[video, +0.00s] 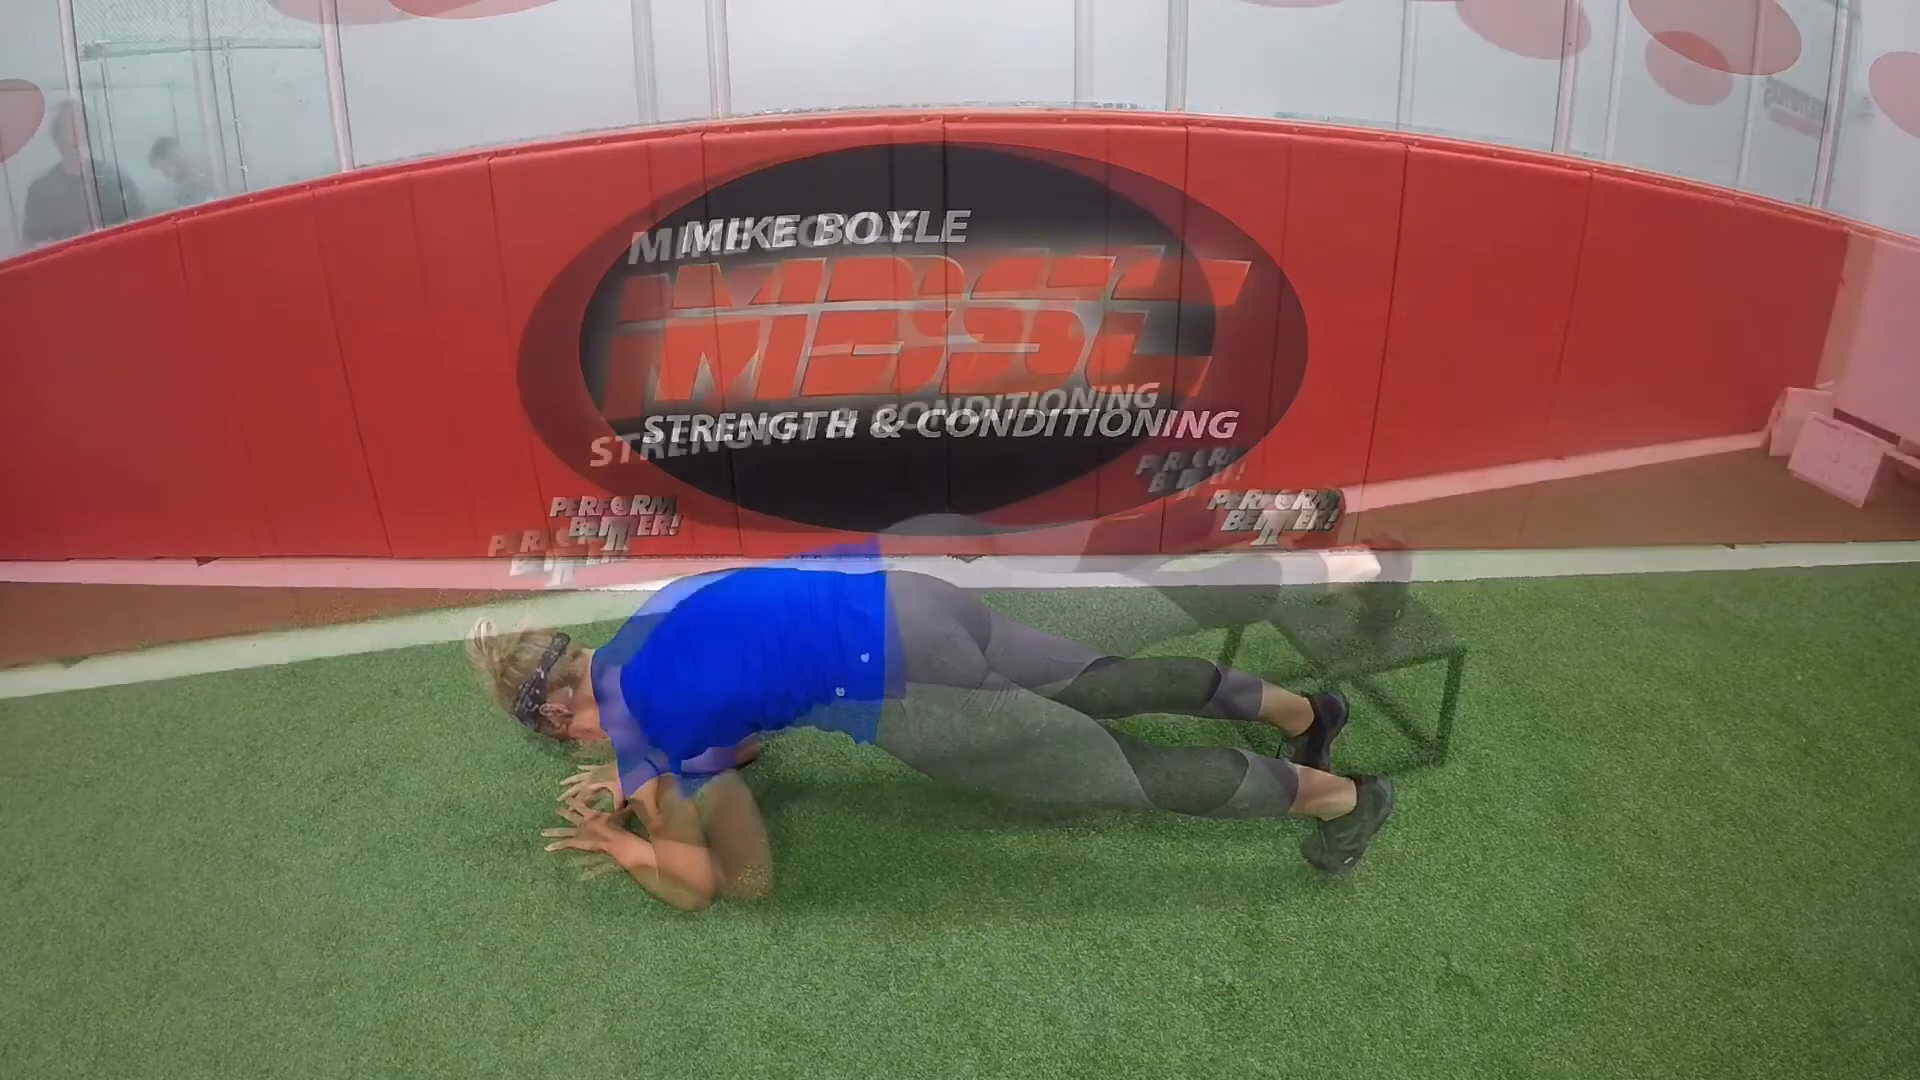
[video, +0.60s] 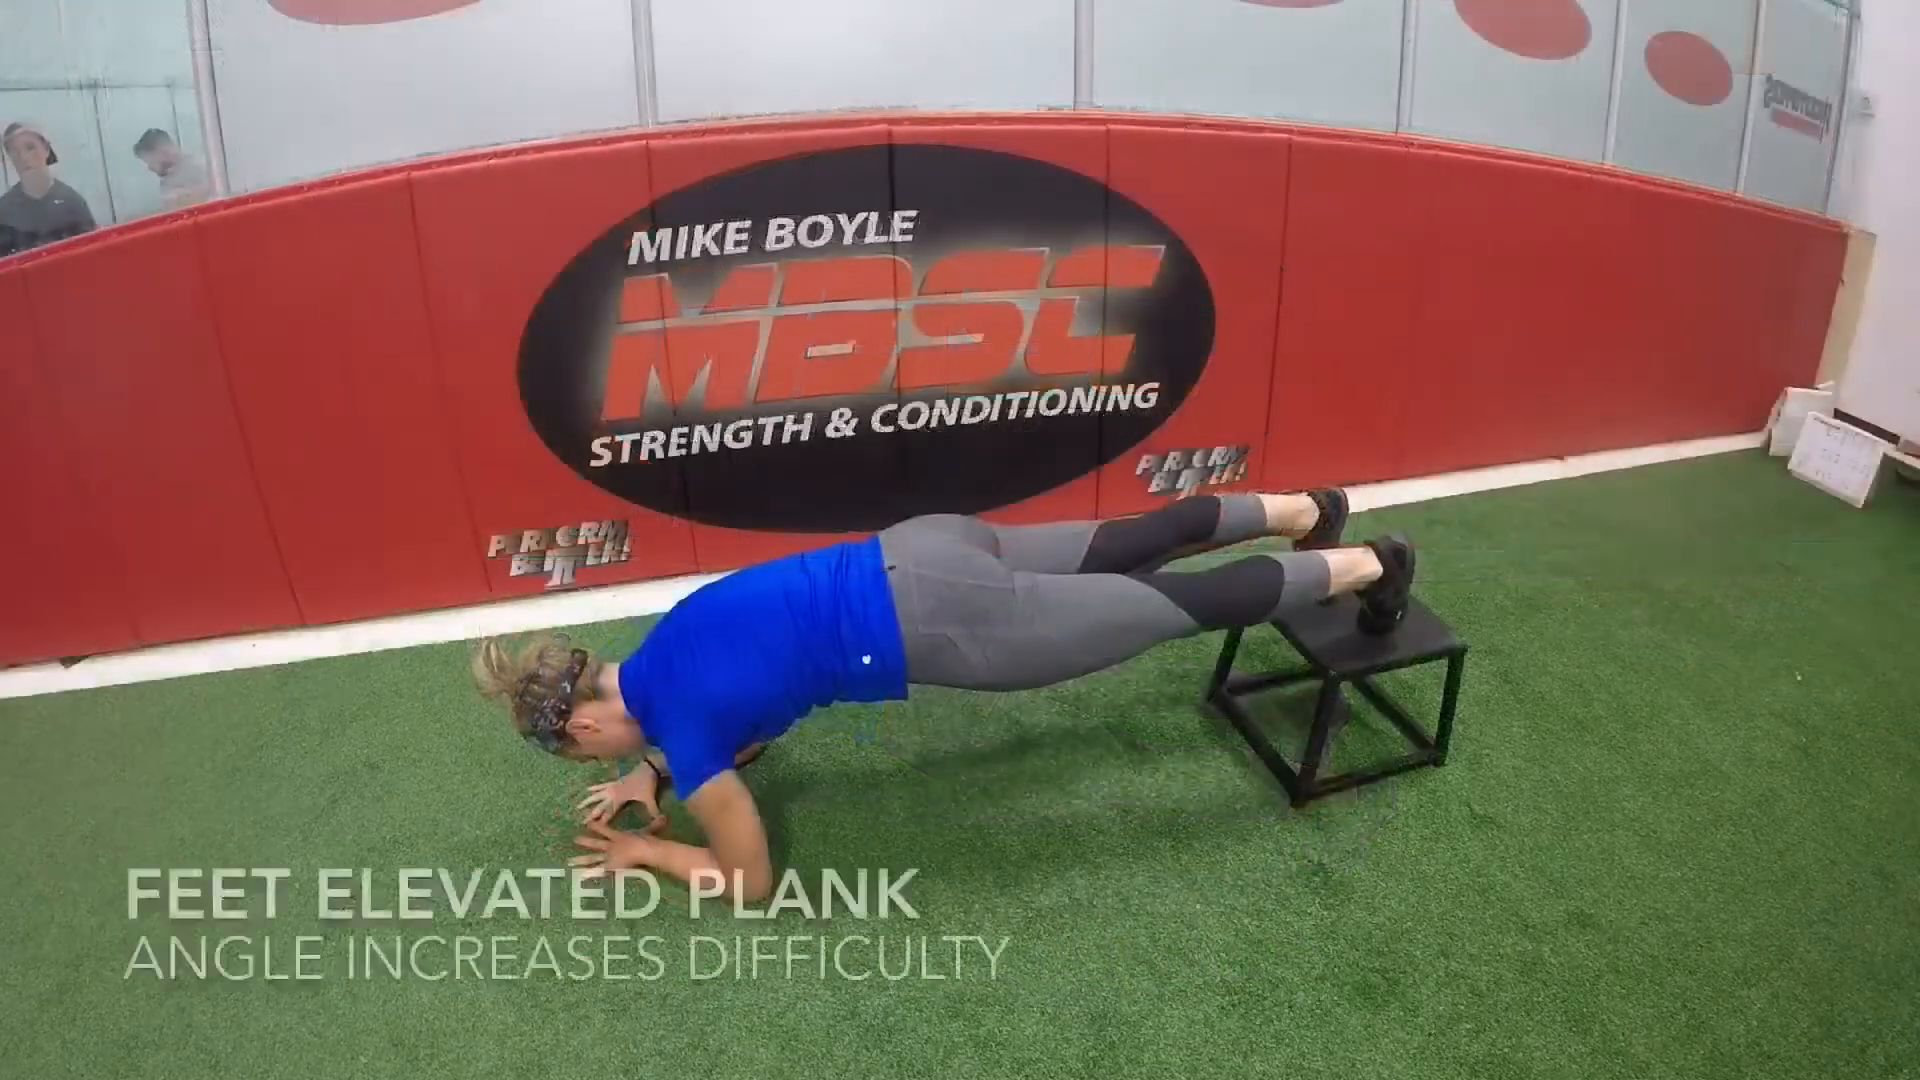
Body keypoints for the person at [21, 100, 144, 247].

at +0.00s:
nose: (77, 137)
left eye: (81, 129)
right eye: (70, 131)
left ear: (90, 132)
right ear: (58, 138)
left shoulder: (116, 179)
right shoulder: (42, 189)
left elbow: (140, 222)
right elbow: (34, 243)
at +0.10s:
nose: (58, 137)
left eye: (62, 128)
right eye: (50, 130)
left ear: (76, 134)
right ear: (37, 138)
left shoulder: (105, 178)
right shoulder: (29, 191)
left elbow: (126, 230)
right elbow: (22, 250)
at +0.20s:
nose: (42, 139)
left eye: (47, 129)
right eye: (31, 134)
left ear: (60, 133)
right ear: (25, 144)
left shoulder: (90, 175)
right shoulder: (18, 194)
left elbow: (115, 220)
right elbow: (14, 246)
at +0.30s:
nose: (28, 142)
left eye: (33, 131)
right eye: (19, 137)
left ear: (49, 135)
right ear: (14, 147)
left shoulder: (82, 178)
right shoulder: (7, 199)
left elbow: (107, 227)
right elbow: (7, 254)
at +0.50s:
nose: (22, 151)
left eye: (28, 141)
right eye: (14, 146)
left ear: (44, 143)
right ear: (8, 154)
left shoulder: (73, 191)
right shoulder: (5, 204)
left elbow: (95, 240)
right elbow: (4, 258)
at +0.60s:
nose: (23, 158)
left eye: (30, 148)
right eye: (16, 153)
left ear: (47, 150)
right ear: (11, 161)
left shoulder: (71, 200)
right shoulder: (5, 208)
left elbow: (90, 246)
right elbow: (3, 260)